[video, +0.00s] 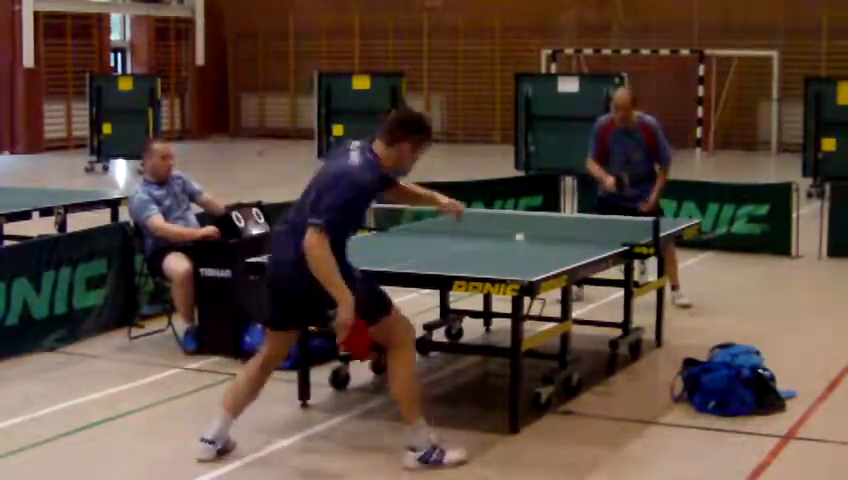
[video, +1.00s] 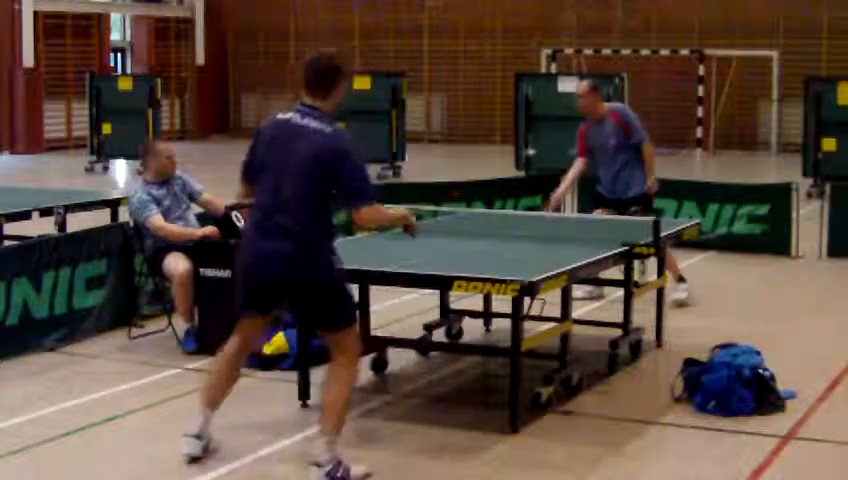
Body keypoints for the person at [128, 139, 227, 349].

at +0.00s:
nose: (171, 163)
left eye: (172, 158)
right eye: (165, 158)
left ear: (174, 159)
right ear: (147, 162)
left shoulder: (178, 181)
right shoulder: (140, 196)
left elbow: (207, 202)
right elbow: (160, 228)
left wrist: (233, 213)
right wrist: (199, 233)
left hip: (194, 237)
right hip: (163, 245)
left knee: (231, 254)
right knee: (183, 270)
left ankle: (236, 320)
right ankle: (190, 327)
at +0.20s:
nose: (170, 163)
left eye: (171, 158)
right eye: (164, 158)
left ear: (173, 159)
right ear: (147, 162)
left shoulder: (178, 181)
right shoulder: (140, 196)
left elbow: (207, 202)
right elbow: (159, 228)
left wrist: (232, 213)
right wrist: (198, 233)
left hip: (193, 237)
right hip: (163, 245)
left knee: (229, 254)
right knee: (182, 270)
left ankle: (233, 319)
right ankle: (189, 326)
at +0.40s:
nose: (171, 163)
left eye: (172, 158)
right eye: (165, 158)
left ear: (174, 160)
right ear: (147, 162)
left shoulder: (178, 181)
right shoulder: (141, 196)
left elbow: (207, 201)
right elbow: (160, 228)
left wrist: (231, 212)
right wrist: (198, 233)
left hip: (194, 237)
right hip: (164, 246)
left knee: (229, 254)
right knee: (183, 270)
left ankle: (233, 318)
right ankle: (190, 326)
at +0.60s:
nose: (174, 163)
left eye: (174, 158)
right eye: (167, 159)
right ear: (150, 161)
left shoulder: (178, 180)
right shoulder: (141, 196)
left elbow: (206, 202)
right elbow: (160, 228)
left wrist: (231, 213)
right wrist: (198, 233)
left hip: (193, 236)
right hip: (163, 245)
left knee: (227, 253)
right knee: (183, 270)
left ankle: (227, 317)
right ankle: (190, 326)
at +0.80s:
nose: (174, 162)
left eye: (174, 157)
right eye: (168, 158)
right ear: (151, 162)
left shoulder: (178, 180)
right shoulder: (140, 195)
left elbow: (207, 201)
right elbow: (160, 228)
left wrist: (236, 212)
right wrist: (199, 233)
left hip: (195, 237)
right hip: (165, 245)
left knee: (229, 254)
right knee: (182, 269)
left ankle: (232, 319)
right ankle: (189, 326)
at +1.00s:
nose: (174, 162)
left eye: (174, 158)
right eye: (168, 158)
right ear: (151, 161)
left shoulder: (177, 180)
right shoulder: (140, 194)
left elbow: (207, 202)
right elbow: (160, 228)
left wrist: (235, 213)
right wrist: (199, 232)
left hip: (194, 236)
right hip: (164, 245)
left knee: (229, 252)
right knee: (182, 269)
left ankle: (226, 317)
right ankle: (188, 326)